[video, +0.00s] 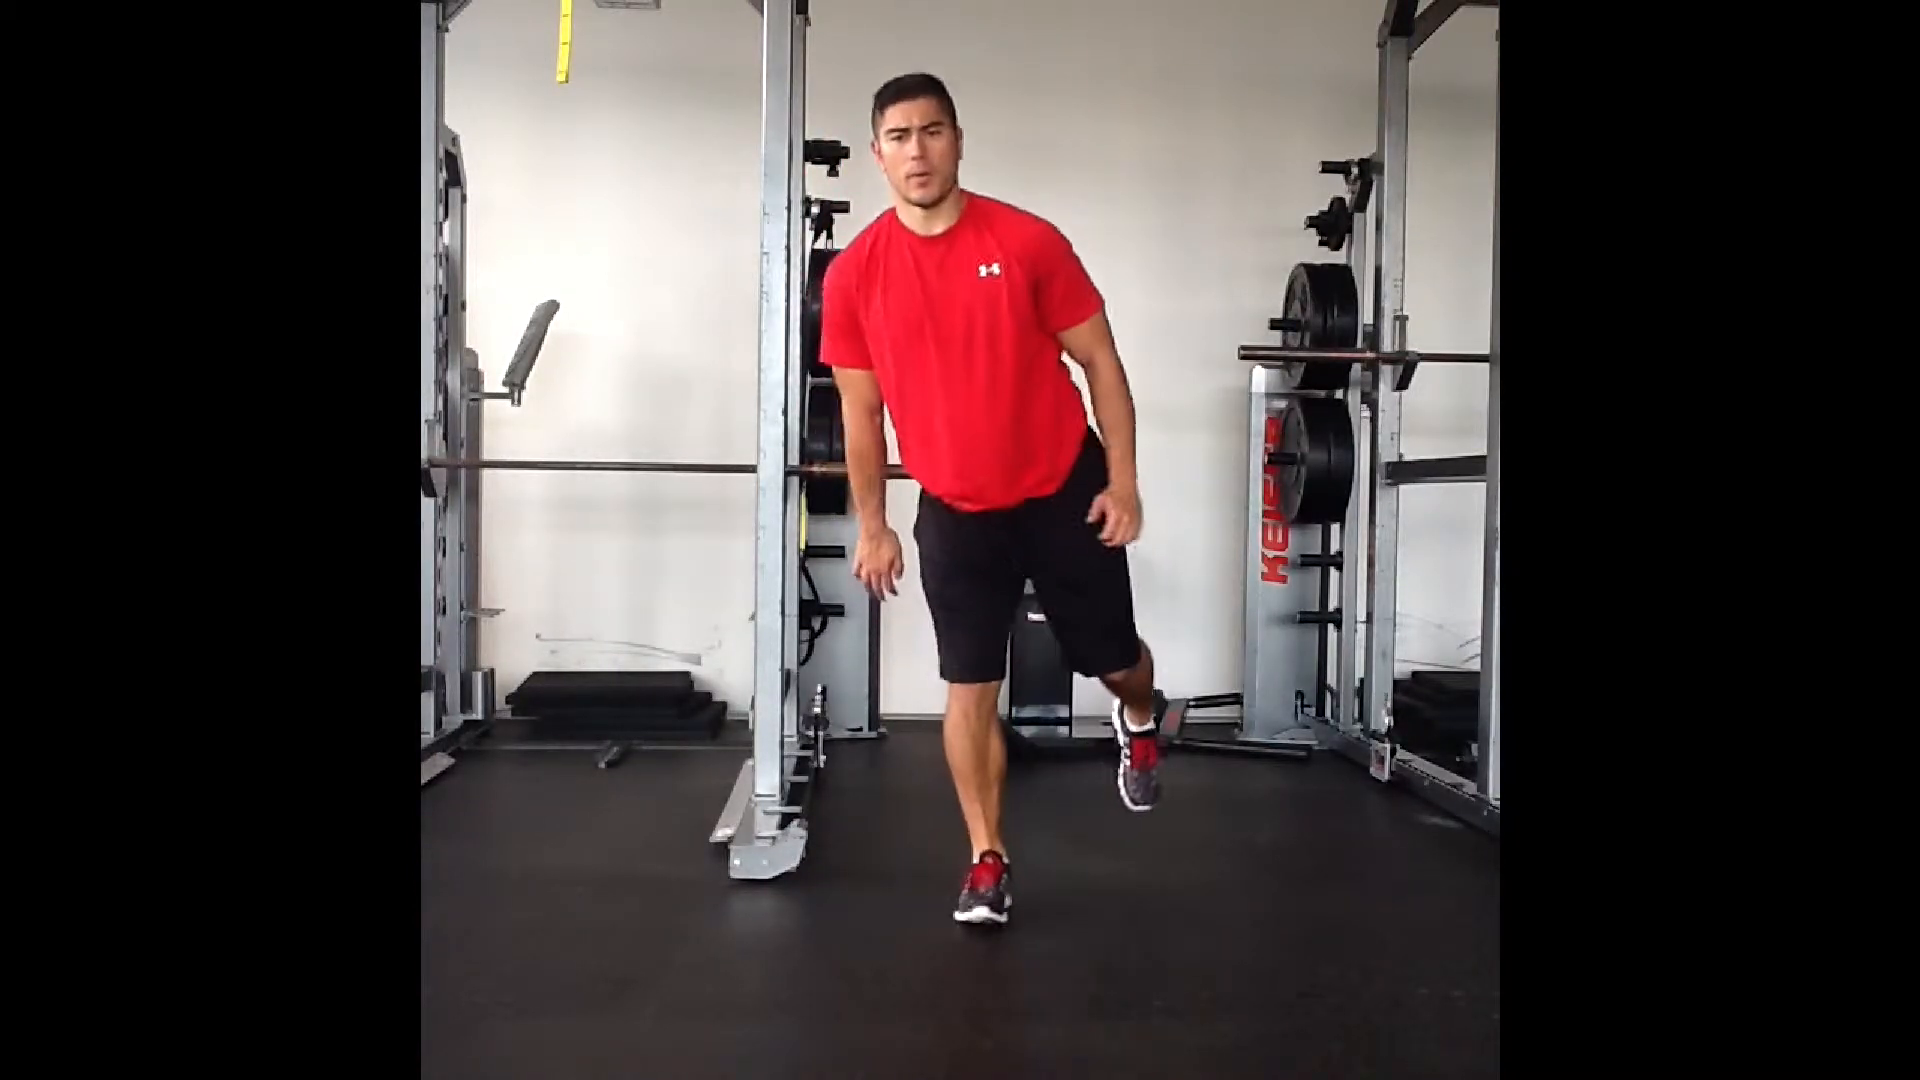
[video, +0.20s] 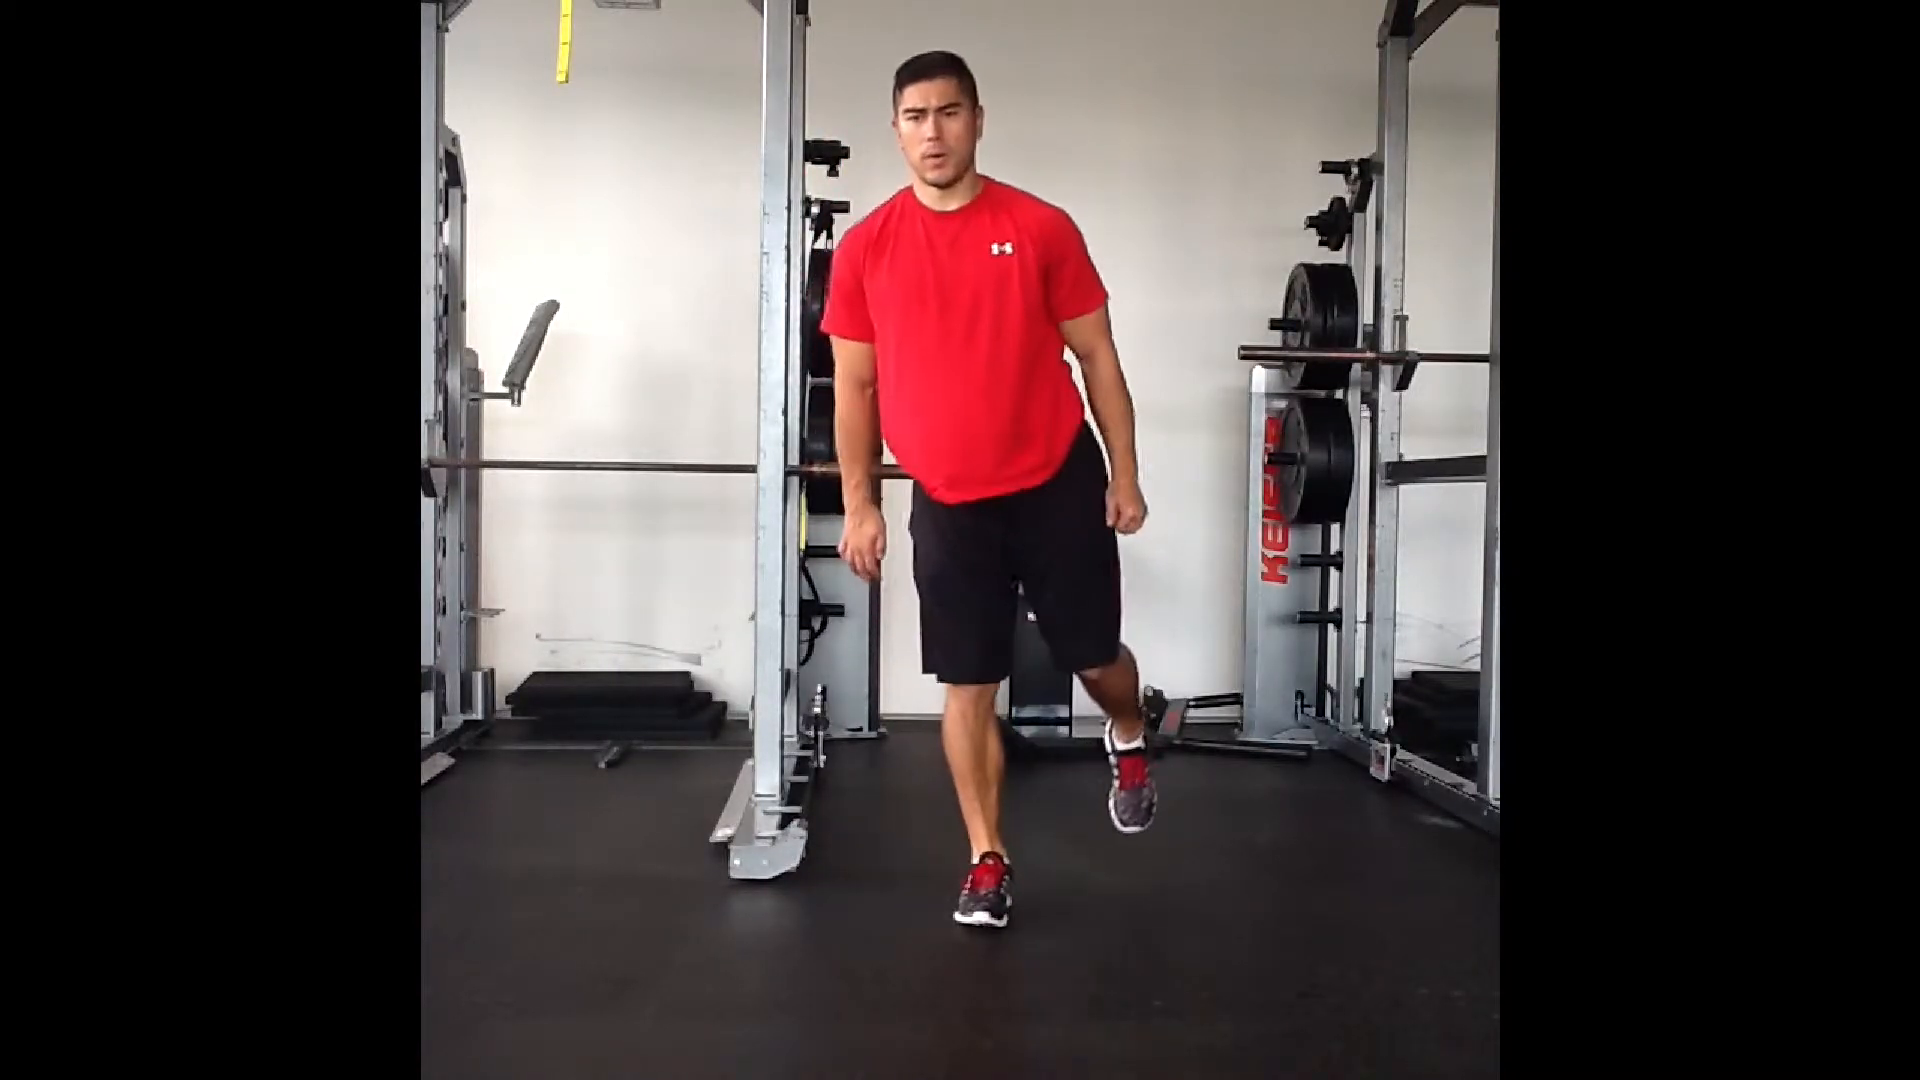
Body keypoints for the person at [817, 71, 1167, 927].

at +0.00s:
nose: (918, 150)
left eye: (933, 132)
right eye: (899, 136)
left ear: (958, 143)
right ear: (878, 155)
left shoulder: (1027, 242)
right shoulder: (854, 275)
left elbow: (1099, 361)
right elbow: (860, 412)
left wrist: (1123, 478)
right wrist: (872, 524)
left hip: (1061, 488)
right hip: (954, 506)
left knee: (1116, 661)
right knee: (968, 684)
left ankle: (1143, 728)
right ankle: (985, 860)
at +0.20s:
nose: (932, 131)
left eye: (948, 111)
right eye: (915, 116)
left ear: (978, 121)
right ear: (896, 131)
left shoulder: (1040, 227)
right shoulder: (864, 250)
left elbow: (1095, 354)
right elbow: (853, 386)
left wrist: (1123, 470)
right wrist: (860, 504)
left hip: (1055, 484)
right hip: (946, 502)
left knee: (1094, 660)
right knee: (967, 682)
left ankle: (1131, 736)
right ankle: (985, 862)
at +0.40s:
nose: (947, 127)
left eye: (964, 109)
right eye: (930, 112)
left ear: (993, 117)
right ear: (910, 125)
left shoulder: (1049, 227)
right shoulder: (871, 239)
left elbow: (1094, 357)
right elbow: (852, 377)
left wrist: (1109, 480)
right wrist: (855, 499)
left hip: (1049, 484)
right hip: (939, 497)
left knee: (1077, 663)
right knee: (960, 680)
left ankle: (1097, 754)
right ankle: (982, 859)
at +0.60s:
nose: (954, 124)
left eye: (970, 107)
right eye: (937, 107)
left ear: (998, 118)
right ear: (915, 120)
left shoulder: (1053, 227)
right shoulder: (874, 238)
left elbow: (1096, 357)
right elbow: (855, 375)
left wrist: (1112, 480)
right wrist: (859, 497)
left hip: (1046, 487)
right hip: (936, 498)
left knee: (1074, 669)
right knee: (959, 683)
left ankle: (1093, 759)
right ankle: (982, 860)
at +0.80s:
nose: (957, 122)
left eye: (974, 105)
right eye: (941, 106)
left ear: (1001, 119)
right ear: (918, 121)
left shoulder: (1056, 230)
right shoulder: (876, 239)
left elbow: (1097, 359)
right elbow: (854, 377)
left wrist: (1114, 480)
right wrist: (861, 493)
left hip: (1047, 488)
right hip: (937, 499)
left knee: (1074, 669)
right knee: (960, 684)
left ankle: (1093, 761)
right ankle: (983, 860)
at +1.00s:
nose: (958, 121)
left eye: (975, 105)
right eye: (942, 105)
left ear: (1002, 118)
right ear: (920, 120)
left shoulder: (1056, 230)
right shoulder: (876, 238)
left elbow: (1097, 358)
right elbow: (853, 373)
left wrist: (1111, 482)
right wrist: (858, 494)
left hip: (1047, 488)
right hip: (936, 498)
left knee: (1072, 672)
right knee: (960, 683)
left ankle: (1081, 762)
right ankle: (983, 858)